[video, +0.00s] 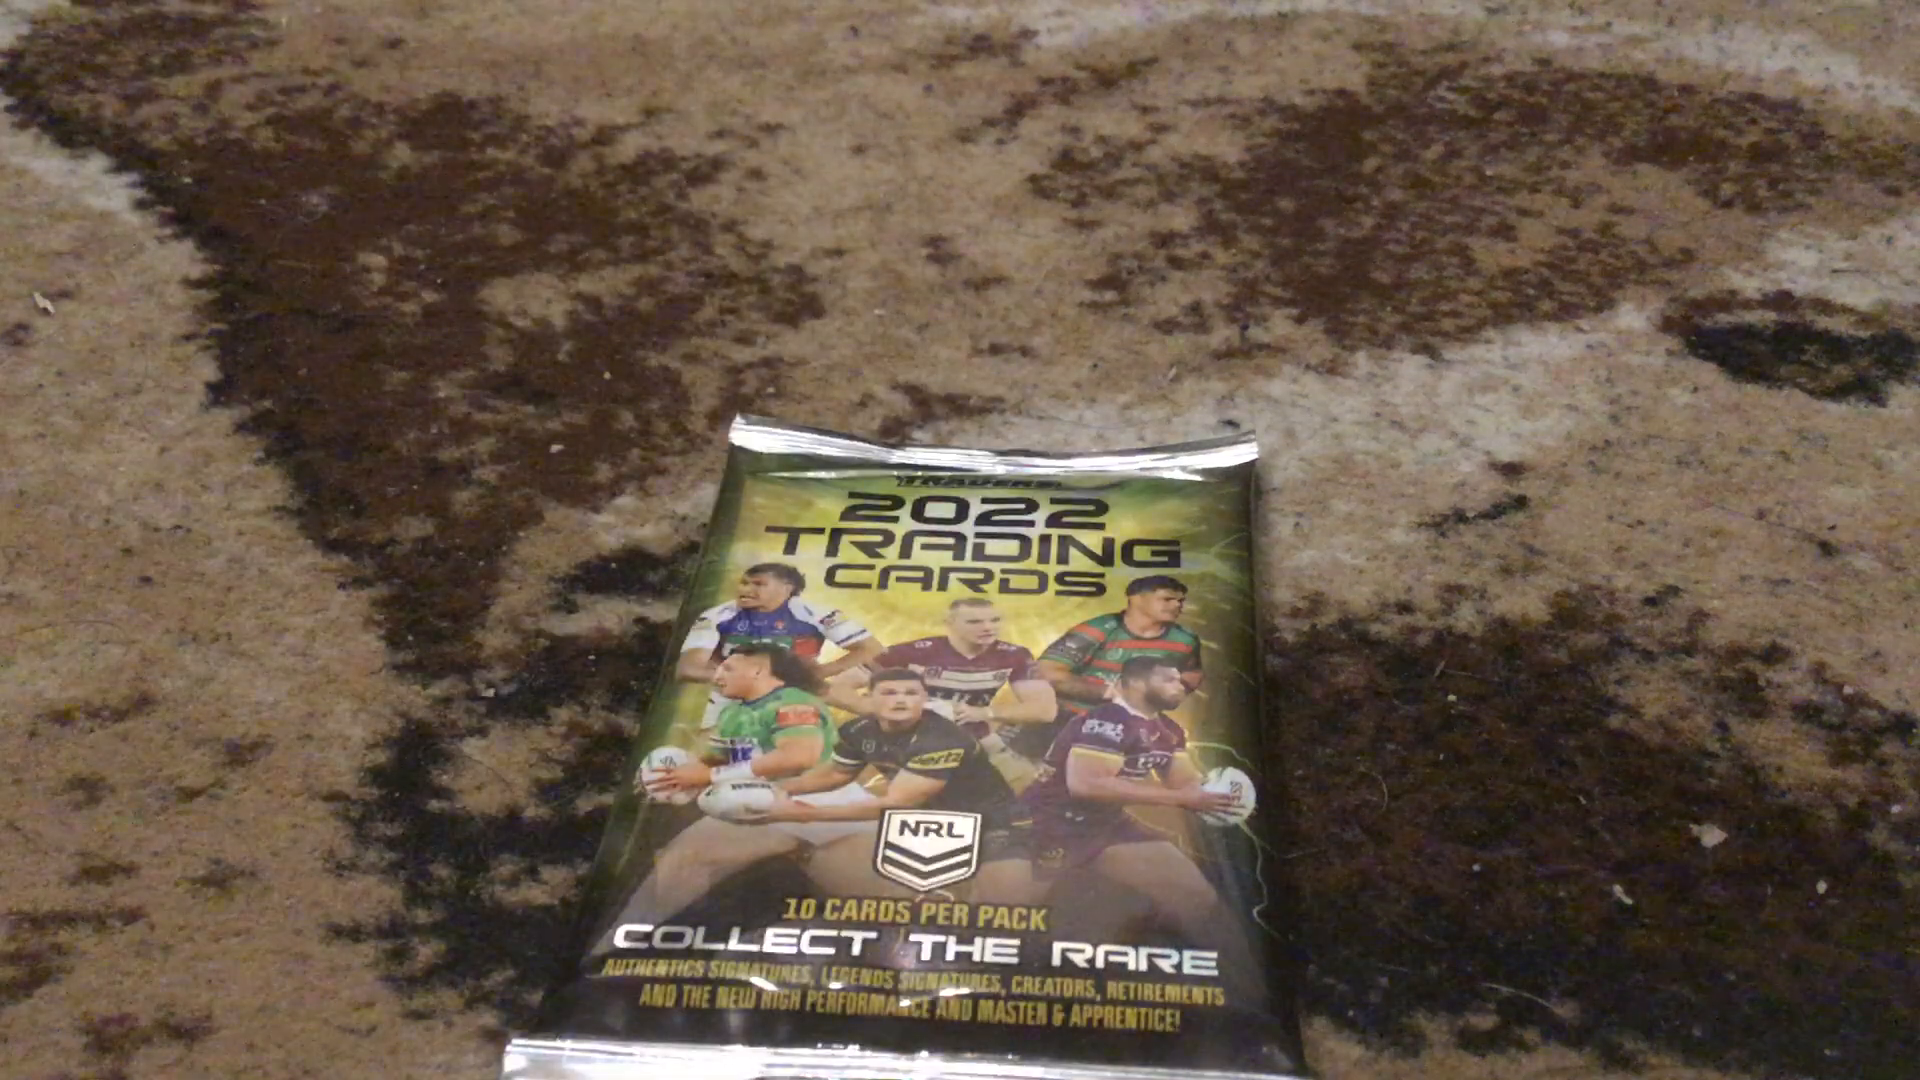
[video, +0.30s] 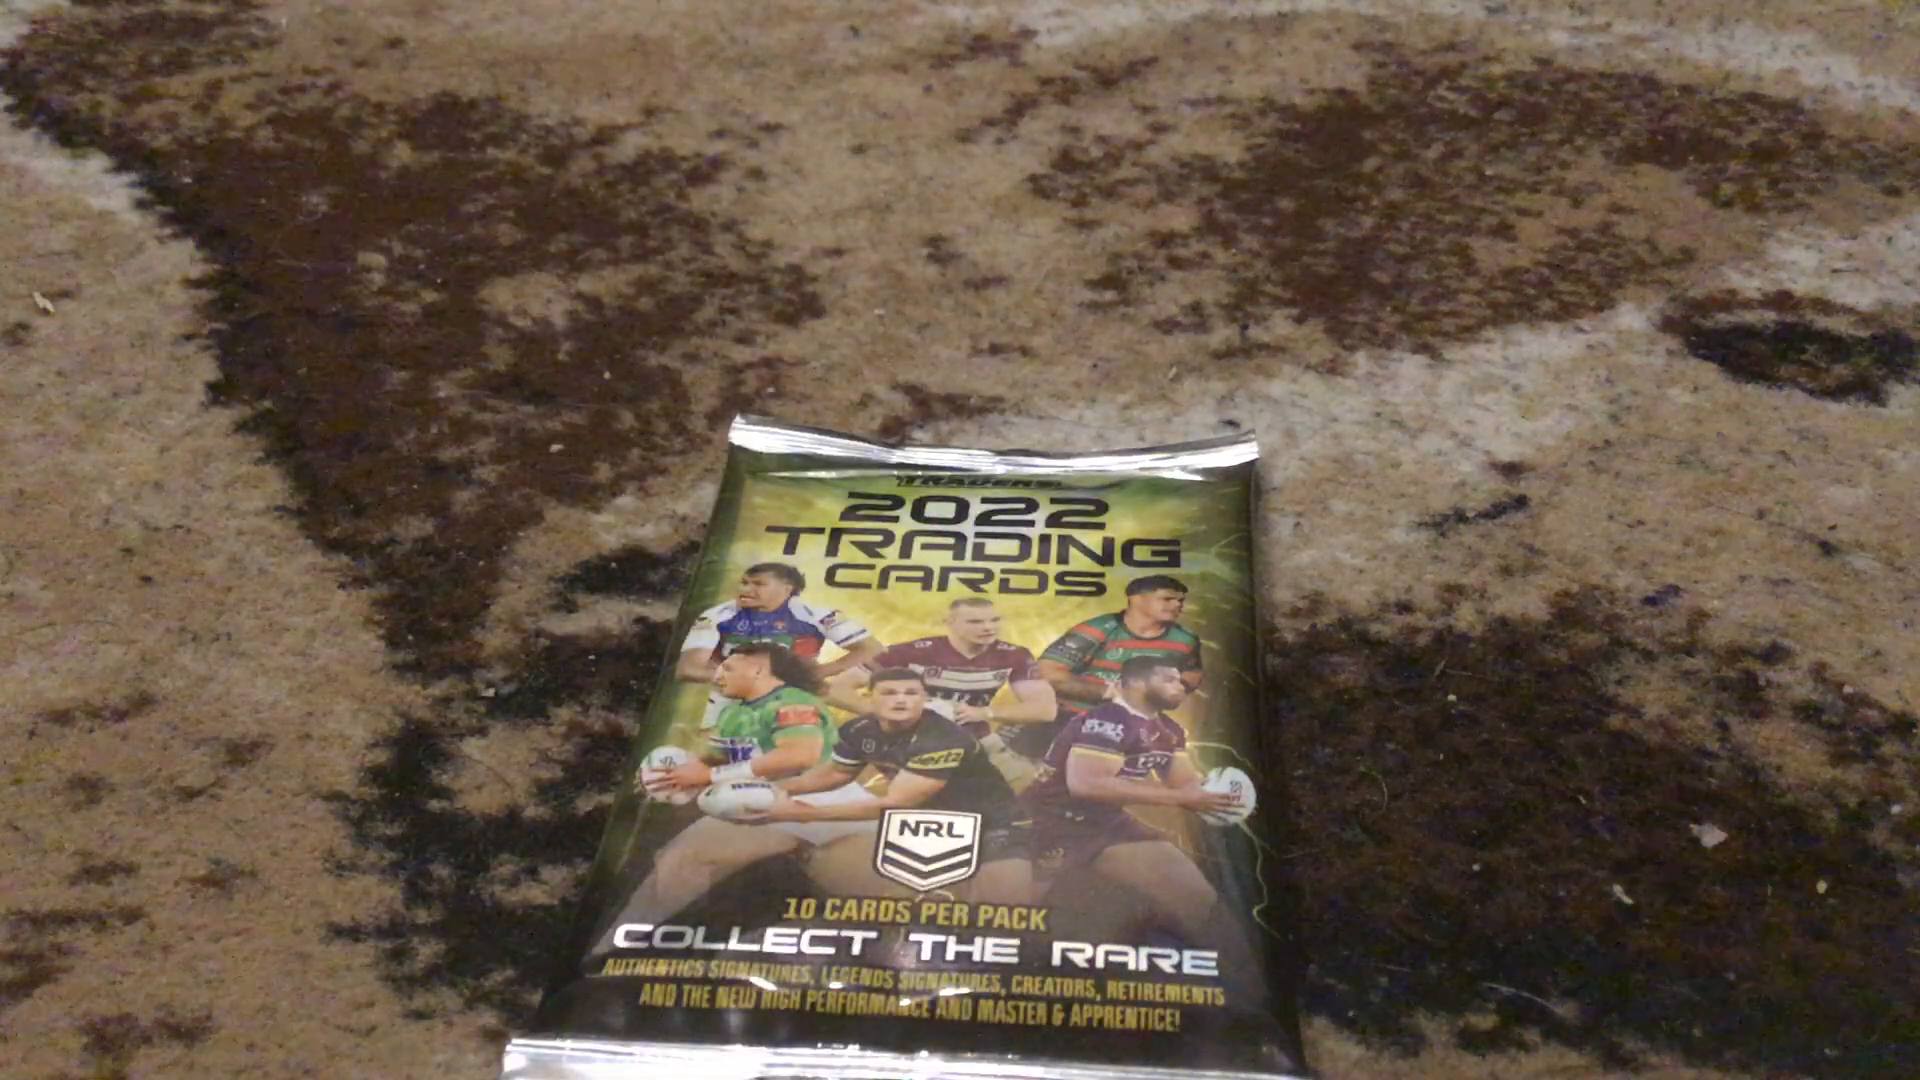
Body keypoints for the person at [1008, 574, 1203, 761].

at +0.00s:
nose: (1177, 606)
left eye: (1179, 601)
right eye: (1168, 599)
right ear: (1135, 599)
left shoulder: (1186, 642)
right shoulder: (1099, 630)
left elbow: (1194, 673)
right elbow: (1044, 671)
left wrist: (1161, 694)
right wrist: (1105, 691)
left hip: (1142, 729)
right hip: (1082, 724)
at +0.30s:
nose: (1176, 606)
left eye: (1179, 601)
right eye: (1167, 599)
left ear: (1182, 604)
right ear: (1136, 599)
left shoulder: (1186, 642)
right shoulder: (1099, 629)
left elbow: (1192, 678)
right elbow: (1045, 671)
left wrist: (1151, 696)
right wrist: (1105, 692)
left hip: (1141, 726)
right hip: (1082, 722)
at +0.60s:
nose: (1176, 606)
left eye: (1179, 601)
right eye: (1167, 599)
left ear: (1182, 604)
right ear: (1136, 599)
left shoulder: (1186, 641)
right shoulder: (1099, 629)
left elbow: (1192, 676)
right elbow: (1045, 670)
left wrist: (1153, 697)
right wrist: (1105, 691)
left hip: (1142, 729)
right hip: (1084, 725)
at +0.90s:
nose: (1177, 606)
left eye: (1180, 601)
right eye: (1168, 599)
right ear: (1135, 599)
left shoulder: (1186, 642)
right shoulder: (1099, 629)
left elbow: (1192, 675)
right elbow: (1045, 671)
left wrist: (1153, 697)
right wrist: (1106, 692)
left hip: (1140, 728)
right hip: (1082, 724)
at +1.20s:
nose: (1177, 605)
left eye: (1179, 600)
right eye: (1167, 598)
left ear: (1182, 604)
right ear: (1135, 599)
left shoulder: (1186, 641)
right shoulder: (1099, 629)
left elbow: (1193, 674)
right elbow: (1045, 671)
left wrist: (1155, 695)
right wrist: (1105, 691)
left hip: (1141, 728)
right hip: (1082, 725)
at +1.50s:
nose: (1176, 605)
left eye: (1179, 600)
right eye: (1167, 598)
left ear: (1182, 604)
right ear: (1136, 599)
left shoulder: (1186, 640)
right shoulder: (1097, 629)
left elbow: (1193, 677)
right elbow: (1044, 671)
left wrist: (1150, 693)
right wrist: (1108, 691)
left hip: (1145, 731)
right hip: (1083, 728)